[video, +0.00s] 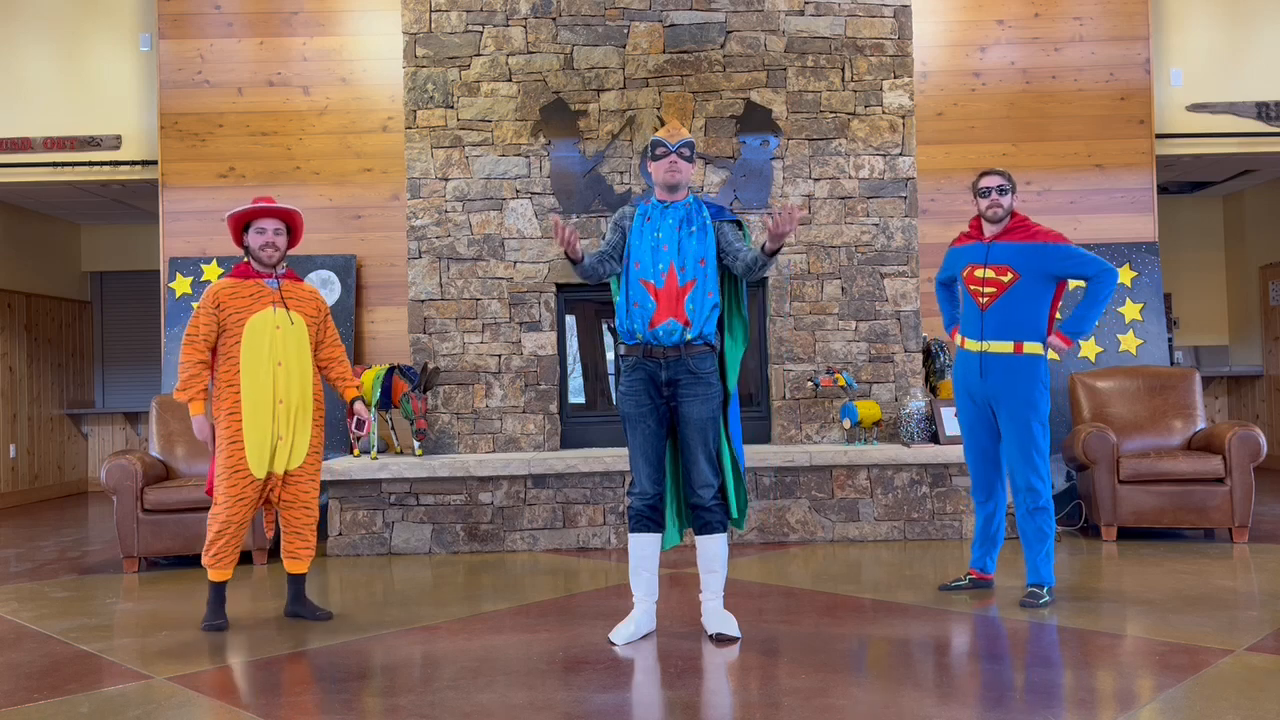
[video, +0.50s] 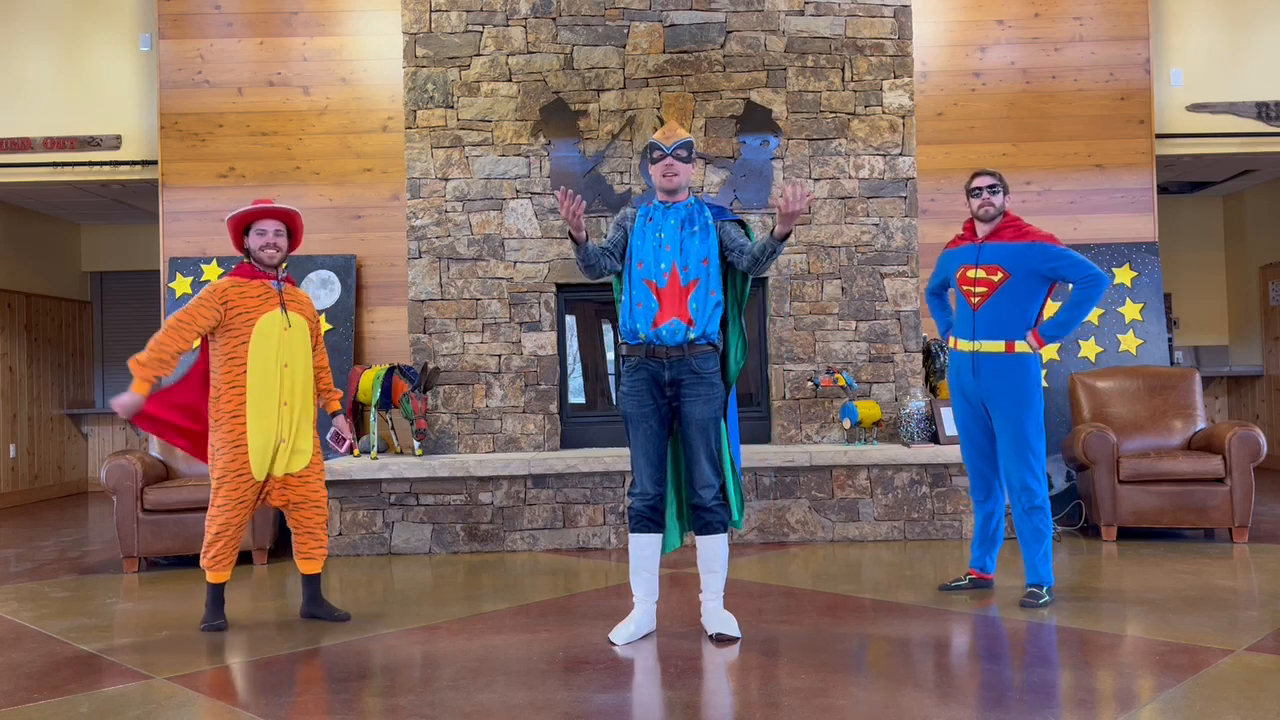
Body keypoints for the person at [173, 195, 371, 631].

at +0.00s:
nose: (269, 239)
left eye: (277, 233)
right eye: (260, 232)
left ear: (288, 242)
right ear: (245, 240)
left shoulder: (309, 297)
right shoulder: (223, 293)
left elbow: (331, 352)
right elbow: (196, 351)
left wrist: (353, 397)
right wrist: (197, 408)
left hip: (301, 420)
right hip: (242, 421)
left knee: (302, 504)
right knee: (232, 505)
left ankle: (297, 597)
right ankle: (216, 602)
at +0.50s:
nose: (270, 241)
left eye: (278, 235)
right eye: (261, 234)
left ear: (288, 245)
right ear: (246, 242)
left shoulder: (300, 300)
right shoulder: (225, 292)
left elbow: (318, 360)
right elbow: (176, 332)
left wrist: (334, 409)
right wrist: (139, 387)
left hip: (295, 422)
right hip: (238, 422)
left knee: (312, 501)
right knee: (229, 507)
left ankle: (313, 598)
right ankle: (214, 605)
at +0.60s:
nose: (269, 240)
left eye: (277, 233)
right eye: (260, 233)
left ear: (287, 243)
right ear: (244, 242)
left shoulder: (300, 301)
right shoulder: (223, 292)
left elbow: (318, 361)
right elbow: (169, 318)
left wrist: (339, 408)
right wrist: (113, 352)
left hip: (294, 424)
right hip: (238, 423)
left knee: (313, 501)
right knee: (229, 506)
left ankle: (313, 598)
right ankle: (215, 606)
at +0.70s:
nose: (265, 241)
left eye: (273, 235)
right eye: (256, 234)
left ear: (284, 244)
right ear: (241, 242)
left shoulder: (298, 301)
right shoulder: (218, 291)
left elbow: (319, 360)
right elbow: (172, 300)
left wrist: (344, 403)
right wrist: (121, 297)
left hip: (295, 422)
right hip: (238, 422)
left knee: (313, 502)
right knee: (228, 507)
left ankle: (313, 598)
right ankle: (215, 606)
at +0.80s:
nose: (261, 241)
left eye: (270, 235)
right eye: (252, 235)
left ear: (280, 244)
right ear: (237, 243)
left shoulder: (294, 301)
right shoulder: (214, 288)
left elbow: (317, 358)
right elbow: (167, 277)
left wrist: (349, 398)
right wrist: (130, 243)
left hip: (292, 421)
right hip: (236, 421)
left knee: (312, 500)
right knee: (227, 507)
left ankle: (313, 598)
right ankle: (214, 605)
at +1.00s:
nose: (256, 240)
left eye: (264, 234)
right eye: (246, 234)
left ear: (276, 243)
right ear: (232, 242)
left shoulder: (289, 298)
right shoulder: (214, 286)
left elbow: (311, 358)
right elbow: (185, 248)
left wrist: (345, 392)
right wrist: (181, 193)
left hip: (290, 420)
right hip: (235, 421)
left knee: (311, 503)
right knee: (225, 509)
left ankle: (313, 598)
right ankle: (214, 605)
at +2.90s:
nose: (265, 244)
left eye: (271, 237)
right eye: (255, 236)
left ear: (278, 244)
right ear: (235, 244)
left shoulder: (286, 300)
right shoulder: (216, 292)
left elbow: (308, 362)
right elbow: (186, 273)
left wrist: (339, 402)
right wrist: (226, 229)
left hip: (292, 420)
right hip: (236, 421)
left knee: (310, 500)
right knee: (229, 505)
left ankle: (312, 598)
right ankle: (214, 605)